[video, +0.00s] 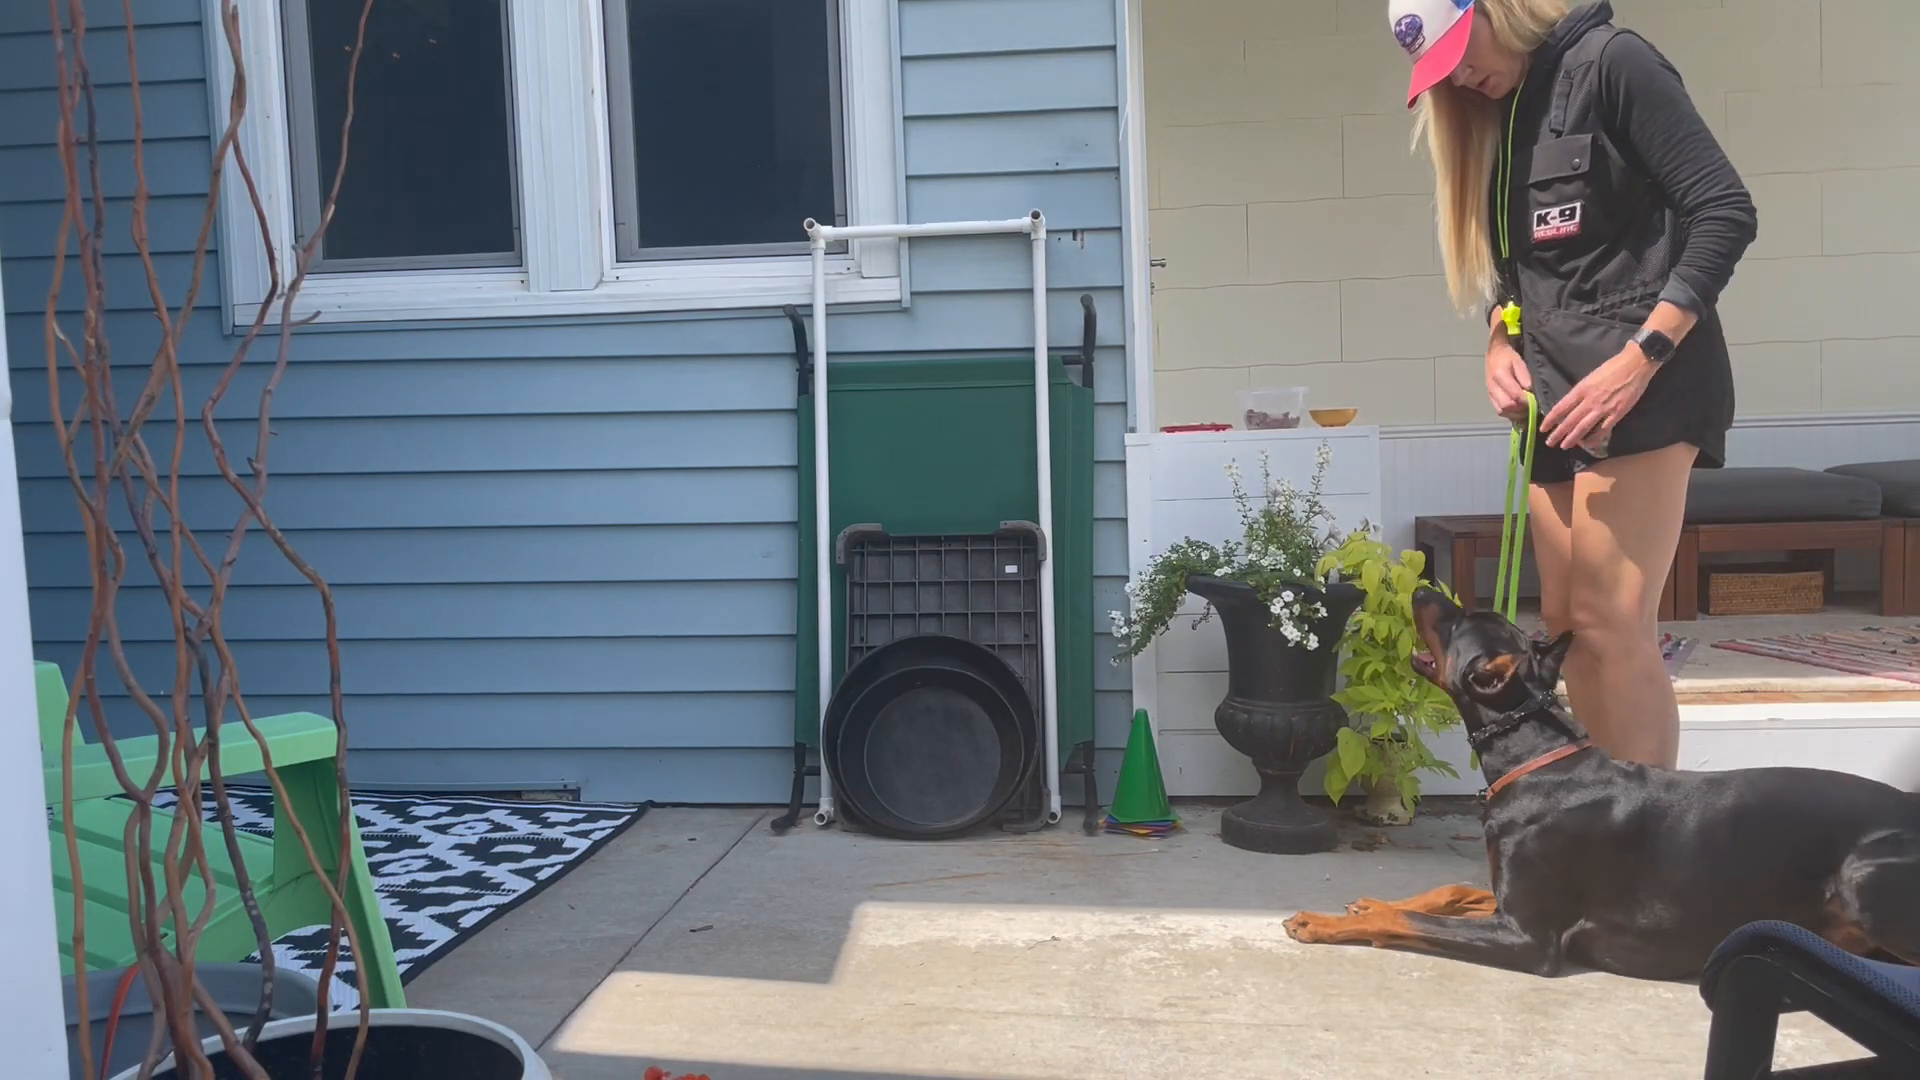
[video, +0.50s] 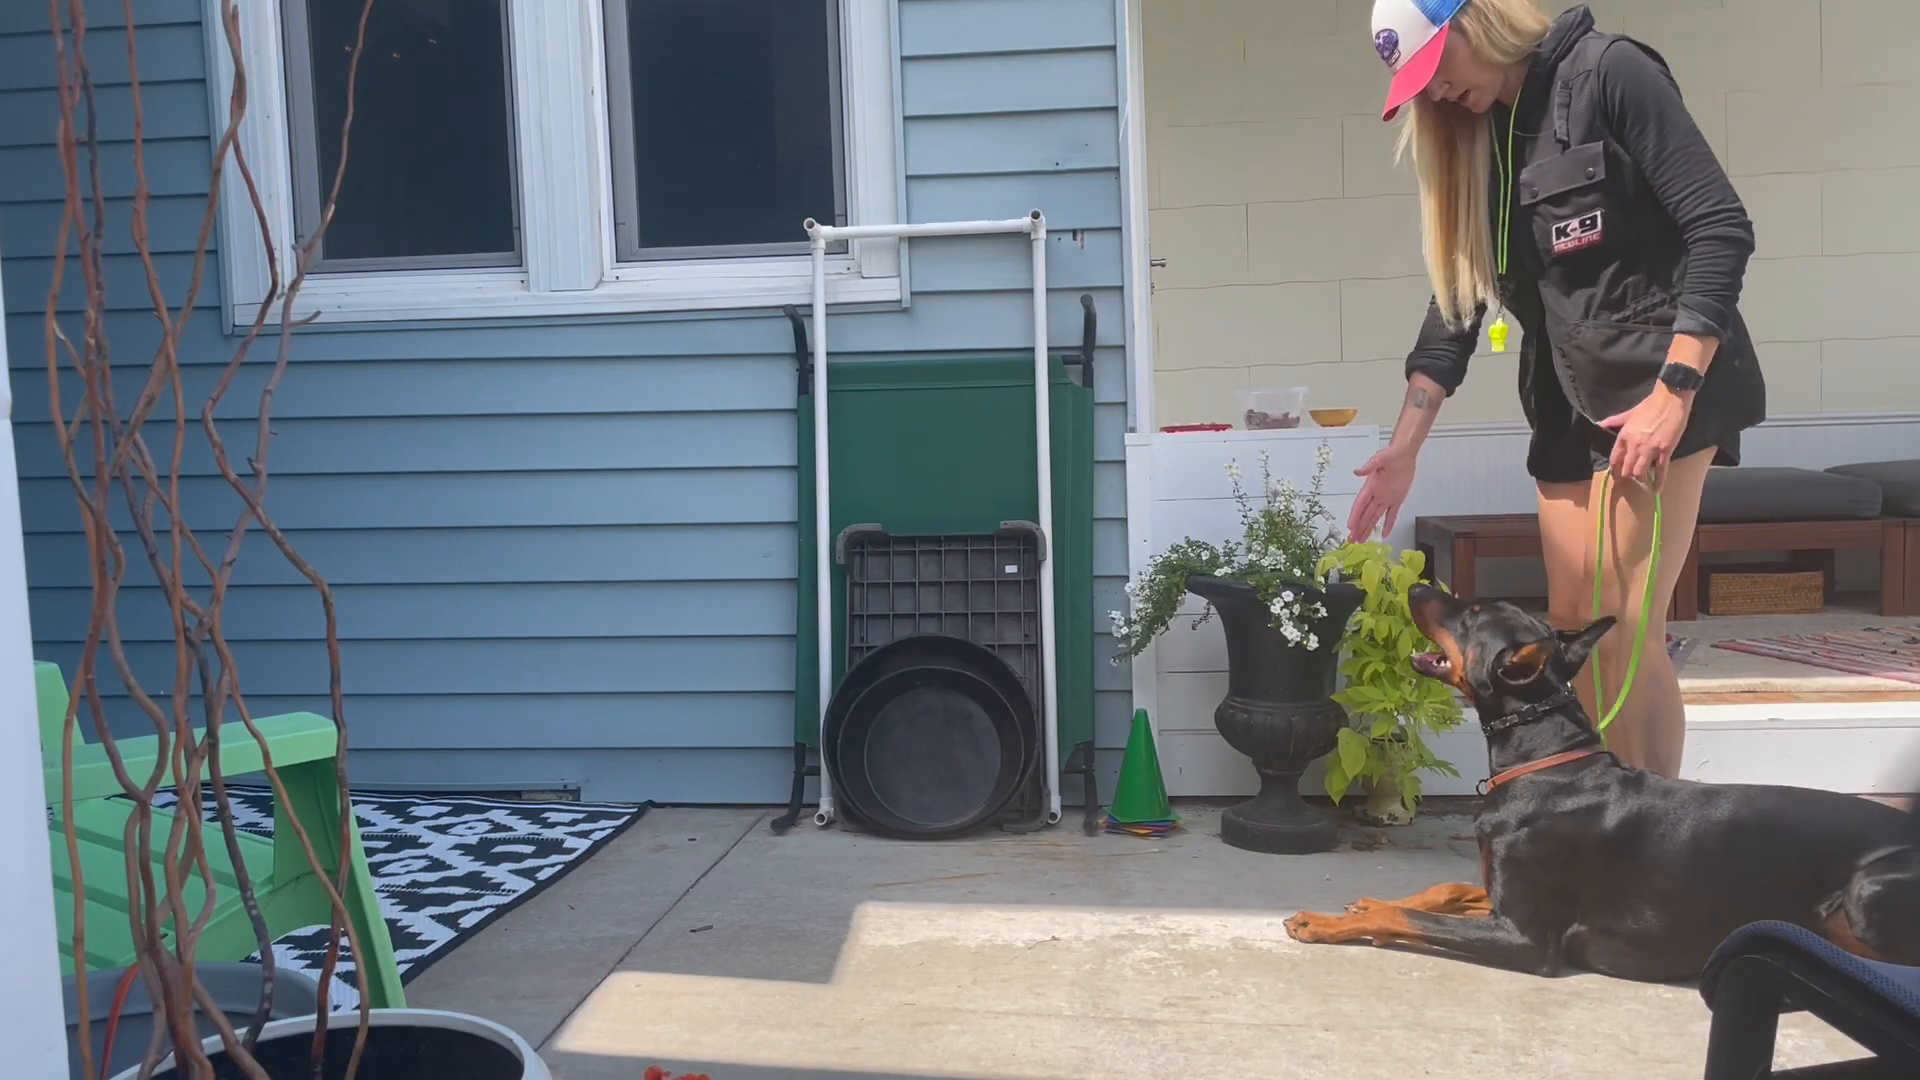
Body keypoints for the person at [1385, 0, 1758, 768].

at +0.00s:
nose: (1459, 80)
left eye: (1459, 55)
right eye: (1444, 71)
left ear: (1495, 10)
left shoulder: (1612, 61)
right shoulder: (1507, 105)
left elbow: (1725, 211)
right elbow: (1517, 253)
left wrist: (1641, 354)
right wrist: (1500, 336)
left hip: (1641, 375)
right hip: (1552, 383)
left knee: (1612, 621)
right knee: (1569, 624)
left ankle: (1649, 852)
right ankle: (1608, 846)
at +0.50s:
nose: (1438, 92)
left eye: (1437, 68)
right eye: (1424, 83)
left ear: (1480, 19)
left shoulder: (1611, 72)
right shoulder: (1490, 127)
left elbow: (1720, 226)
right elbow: (1459, 291)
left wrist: (1675, 389)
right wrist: (1404, 446)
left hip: (1663, 383)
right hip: (1566, 399)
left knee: (1628, 629)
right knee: (1574, 626)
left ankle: (1655, 840)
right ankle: (1600, 839)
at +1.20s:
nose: (1418, 79)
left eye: (1416, 58)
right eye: (1410, 63)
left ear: (1448, 35)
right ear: (1472, 32)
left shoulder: (1543, 87)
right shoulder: (1496, 102)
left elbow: (1627, 255)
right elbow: (1532, 269)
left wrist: (1567, 413)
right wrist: (1505, 389)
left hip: (1609, 394)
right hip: (1558, 390)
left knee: (1579, 641)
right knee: (1532, 634)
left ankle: (1636, 838)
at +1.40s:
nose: (1405, 82)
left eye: (1405, 62)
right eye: (1398, 65)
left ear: (1435, 46)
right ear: (1463, 36)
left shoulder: (1509, 95)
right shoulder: (1487, 104)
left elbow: (1534, 271)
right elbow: (1507, 270)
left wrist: (1434, 382)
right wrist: (1483, 391)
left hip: (1571, 398)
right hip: (1537, 398)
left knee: (1549, 639)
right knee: (1503, 606)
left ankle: (1622, 831)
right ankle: (1536, 794)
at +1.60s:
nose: (1380, 119)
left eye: (1377, 99)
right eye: (1372, 102)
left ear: (1401, 78)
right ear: (1443, 65)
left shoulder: (1455, 131)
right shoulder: (1491, 127)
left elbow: (1405, 293)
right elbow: (1506, 271)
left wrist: (1319, 345)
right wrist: (1437, 339)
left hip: (1543, 382)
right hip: (1518, 385)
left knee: (1545, 638)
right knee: (1483, 626)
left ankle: (1621, 816)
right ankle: (1537, 813)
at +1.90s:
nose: (1321, 164)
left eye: (1319, 144)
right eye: (1315, 150)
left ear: (1346, 124)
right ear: (1387, 119)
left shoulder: (1380, 174)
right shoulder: (1440, 172)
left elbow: (1309, 306)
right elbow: (1437, 328)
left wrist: (1232, 385)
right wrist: (1342, 358)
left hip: (1538, 363)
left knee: (1555, 596)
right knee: (1484, 589)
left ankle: (1606, 792)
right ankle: (1532, 781)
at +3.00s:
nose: (1332, 177)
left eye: (1327, 156)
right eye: (1322, 166)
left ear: (1351, 125)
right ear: (1376, 120)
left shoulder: (1409, 161)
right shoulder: (1423, 167)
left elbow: (1423, 303)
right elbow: (1430, 326)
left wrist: (1341, 340)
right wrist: (1342, 338)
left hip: (1535, 361)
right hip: (1496, 387)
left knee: (1558, 592)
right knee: (1480, 598)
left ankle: (1621, 797)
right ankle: (1535, 787)